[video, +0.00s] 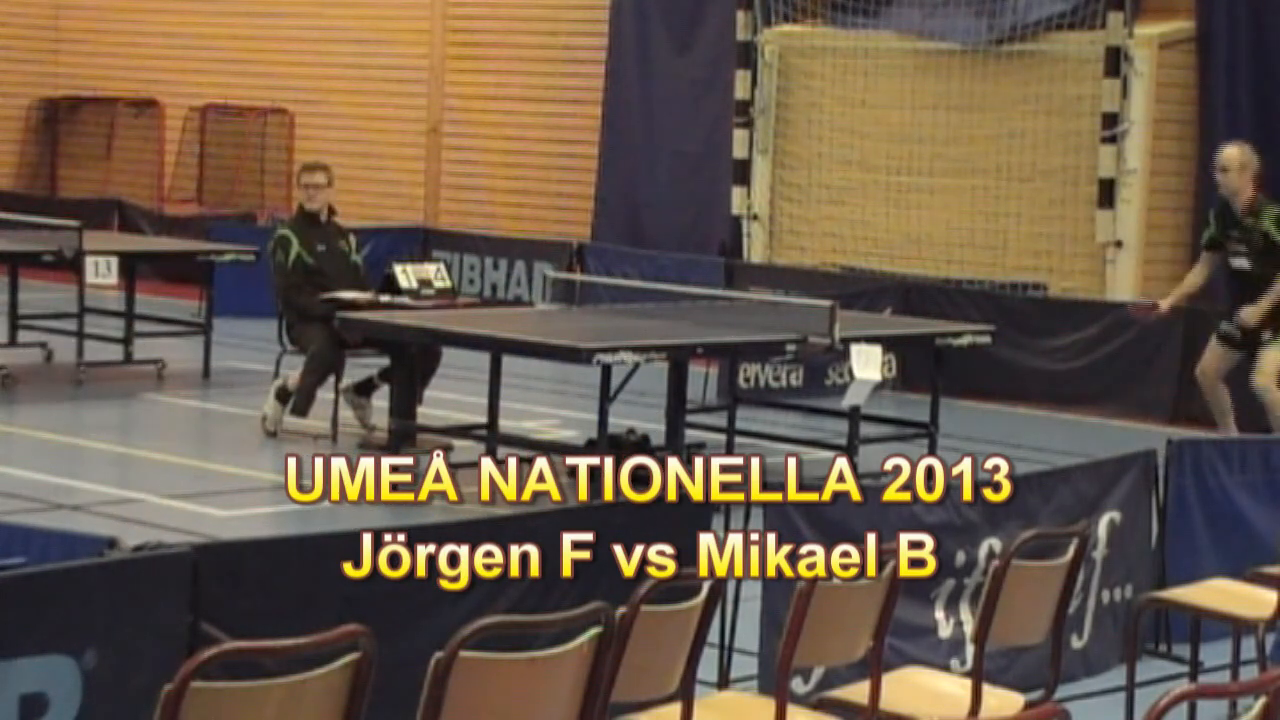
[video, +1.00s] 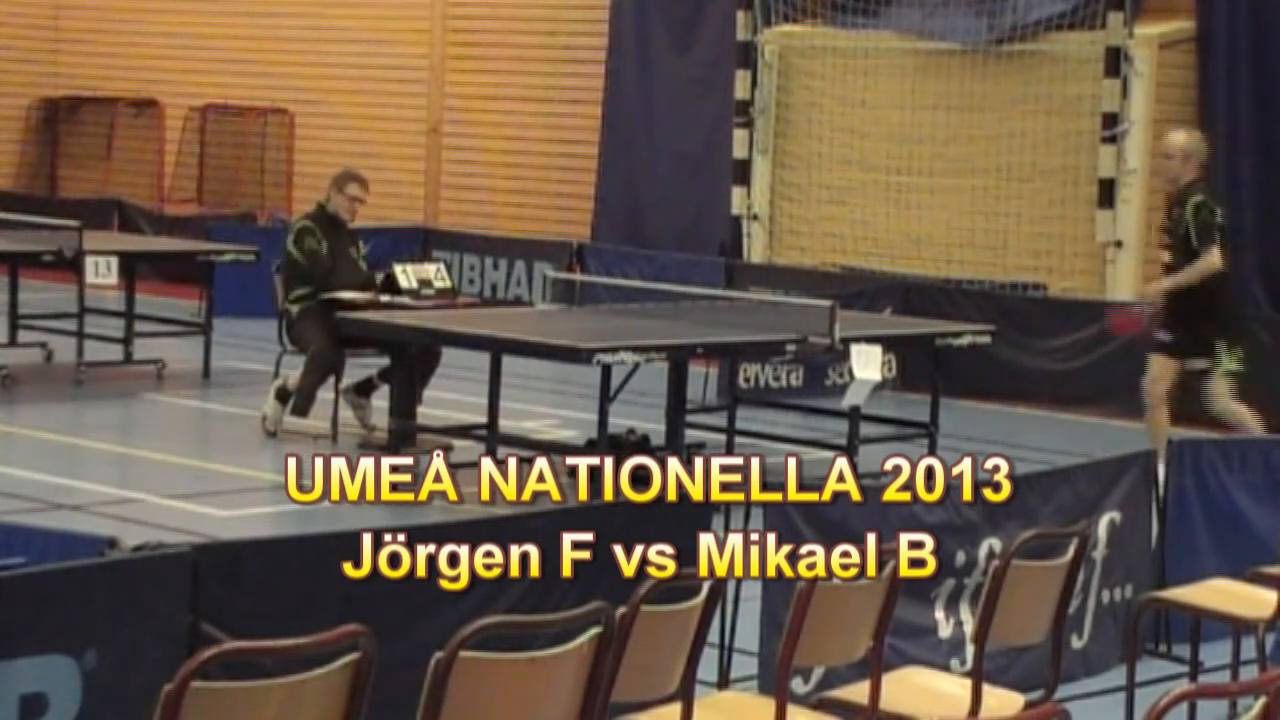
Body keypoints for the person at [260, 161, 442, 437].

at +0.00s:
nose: (311, 193)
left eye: (318, 187)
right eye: (306, 187)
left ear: (330, 191)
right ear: (298, 190)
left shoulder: (343, 235)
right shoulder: (287, 236)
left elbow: (359, 281)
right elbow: (291, 294)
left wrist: (367, 302)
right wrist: (336, 309)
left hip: (351, 318)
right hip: (309, 319)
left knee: (425, 351)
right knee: (328, 353)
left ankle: (362, 391)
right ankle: (285, 392)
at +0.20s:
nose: (312, 193)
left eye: (319, 187)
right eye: (306, 187)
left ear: (330, 191)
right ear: (298, 190)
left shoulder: (343, 235)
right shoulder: (287, 235)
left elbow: (358, 281)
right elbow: (291, 294)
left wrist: (367, 302)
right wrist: (336, 309)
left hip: (351, 318)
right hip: (309, 319)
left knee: (425, 351)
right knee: (328, 353)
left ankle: (362, 391)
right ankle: (285, 392)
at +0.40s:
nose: (319, 195)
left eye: (326, 190)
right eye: (314, 189)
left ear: (335, 193)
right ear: (303, 189)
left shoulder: (343, 235)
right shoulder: (288, 235)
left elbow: (358, 281)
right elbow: (289, 294)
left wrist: (367, 301)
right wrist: (328, 303)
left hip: (351, 319)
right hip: (309, 320)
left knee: (425, 351)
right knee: (327, 354)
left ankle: (362, 391)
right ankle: (284, 392)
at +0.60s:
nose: (339, 203)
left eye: (343, 197)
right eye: (333, 195)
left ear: (346, 198)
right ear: (314, 192)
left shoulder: (346, 236)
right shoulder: (290, 235)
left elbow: (360, 282)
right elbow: (287, 290)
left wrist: (366, 295)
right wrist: (331, 287)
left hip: (351, 318)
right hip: (310, 317)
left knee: (425, 351)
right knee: (328, 354)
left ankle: (362, 391)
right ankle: (283, 393)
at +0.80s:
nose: (348, 206)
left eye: (352, 200)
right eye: (344, 197)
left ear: (353, 201)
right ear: (325, 192)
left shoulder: (348, 237)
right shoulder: (297, 233)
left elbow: (361, 280)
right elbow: (307, 283)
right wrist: (354, 277)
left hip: (350, 313)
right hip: (309, 313)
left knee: (425, 351)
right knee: (327, 355)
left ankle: (361, 391)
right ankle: (283, 392)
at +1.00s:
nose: (356, 208)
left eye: (360, 203)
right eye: (351, 199)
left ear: (363, 204)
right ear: (332, 193)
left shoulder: (351, 237)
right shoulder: (305, 229)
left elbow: (360, 281)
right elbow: (324, 278)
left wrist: (391, 281)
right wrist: (369, 281)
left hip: (351, 314)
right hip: (310, 313)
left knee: (426, 351)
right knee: (328, 355)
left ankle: (361, 391)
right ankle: (283, 393)